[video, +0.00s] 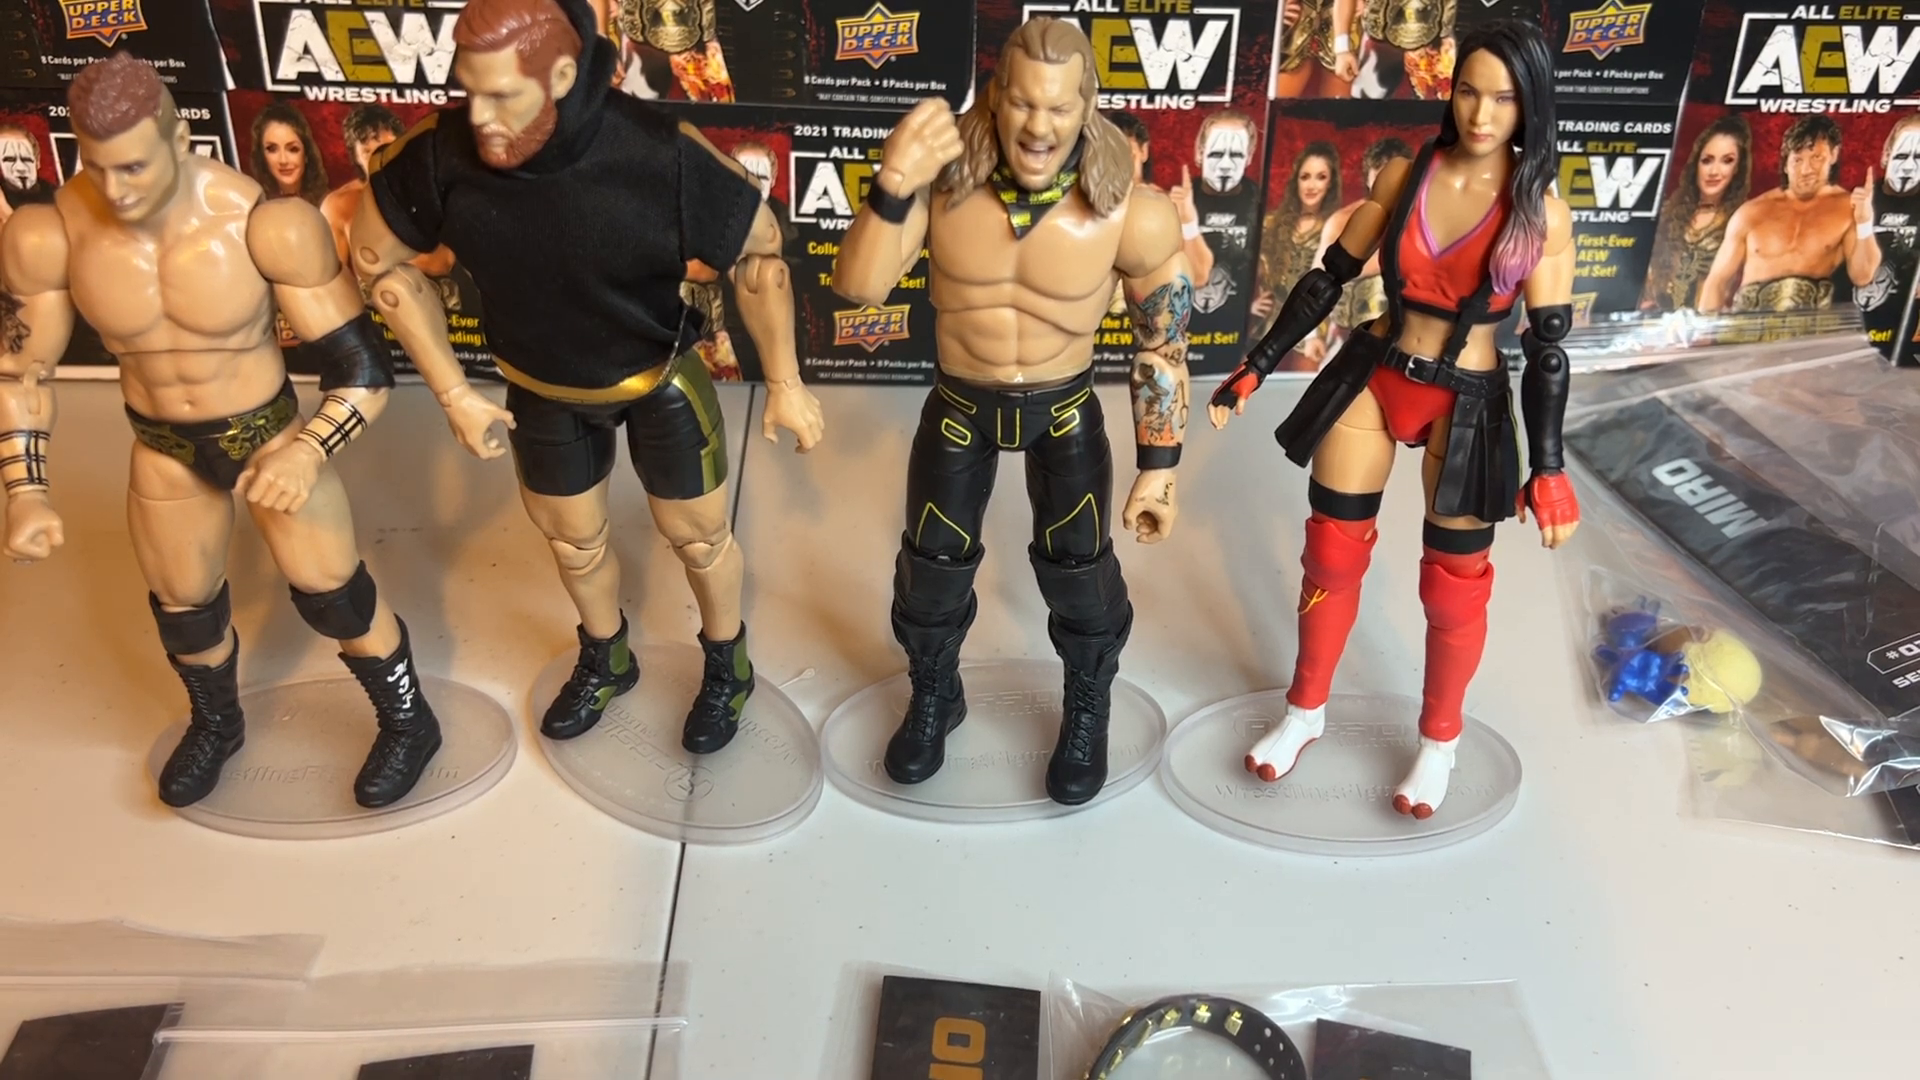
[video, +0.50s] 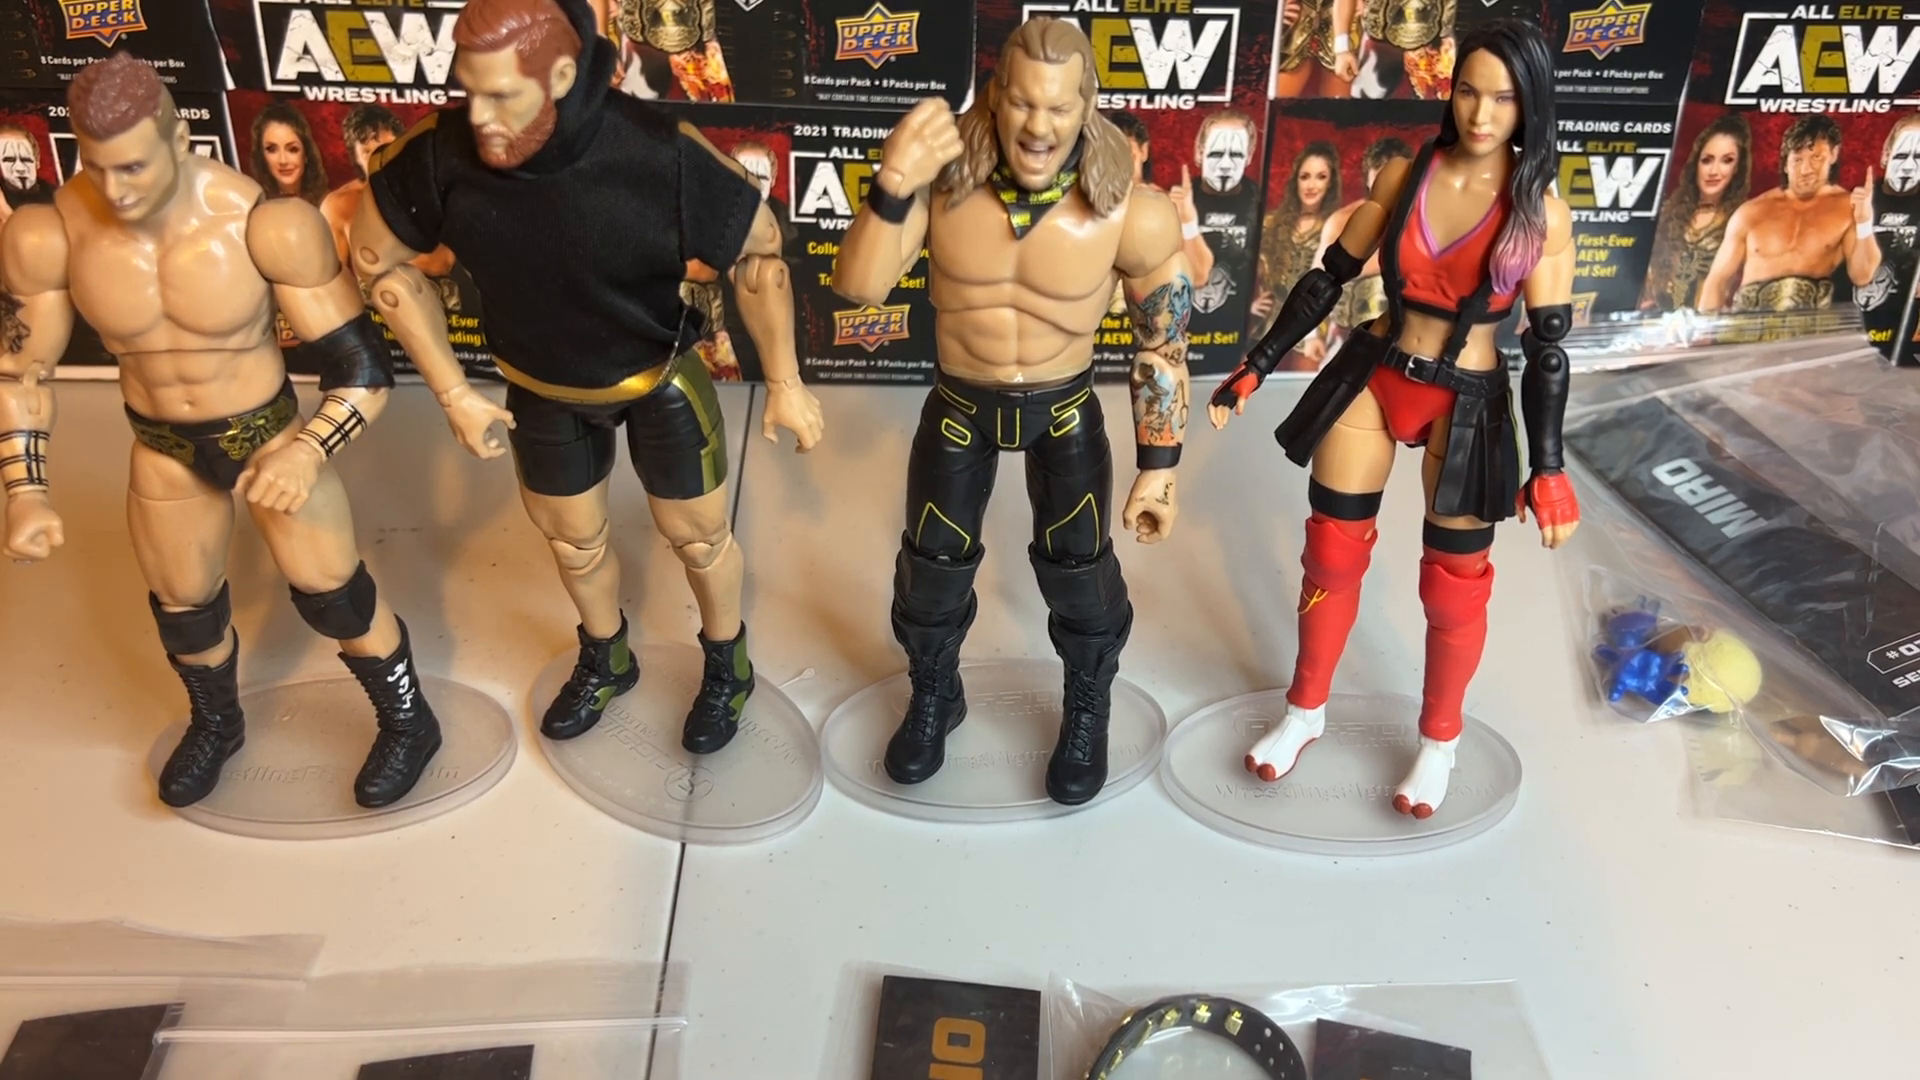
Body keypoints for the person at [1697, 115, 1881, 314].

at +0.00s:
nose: (1806, 169)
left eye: (1817, 158)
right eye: (1797, 160)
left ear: (1834, 156)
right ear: (1785, 162)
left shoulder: (1848, 206)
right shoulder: (1751, 212)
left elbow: (1862, 277)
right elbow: (1718, 281)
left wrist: (1864, 223)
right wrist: (1704, 335)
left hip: (1809, 314)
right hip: (1748, 312)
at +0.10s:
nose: (1807, 170)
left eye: (1817, 159)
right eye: (1798, 160)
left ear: (1834, 157)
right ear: (1786, 162)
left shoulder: (1848, 207)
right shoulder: (1751, 213)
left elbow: (1862, 278)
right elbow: (1718, 282)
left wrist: (1864, 224)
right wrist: (1704, 336)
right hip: (1748, 313)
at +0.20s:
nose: (1806, 169)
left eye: (1816, 158)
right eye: (1797, 160)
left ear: (1833, 156)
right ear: (1785, 162)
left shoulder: (1847, 206)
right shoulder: (1750, 212)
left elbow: (1862, 277)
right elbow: (1717, 281)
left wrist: (1864, 223)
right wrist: (1704, 335)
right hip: (1748, 313)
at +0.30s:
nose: (1806, 170)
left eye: (1817, 159)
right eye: (1798, 160)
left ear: (1834, 157)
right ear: (1786, 163)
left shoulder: (1848, 207)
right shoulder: (1751, 213)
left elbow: (1862, 278)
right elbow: (1718, 282)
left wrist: (1864, 224)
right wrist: (1704, 336)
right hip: (1748, 312)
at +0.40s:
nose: (1806, 169)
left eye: (1817, 158)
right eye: (1798, 160)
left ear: (1834, 156)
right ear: (1785, 162)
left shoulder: (1848, 206)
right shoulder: (1751, 212)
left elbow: (1862, 277)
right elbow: (1718, 281)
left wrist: (1864, 223)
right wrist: (1704, 335)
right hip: (1748, 312)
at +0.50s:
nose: (1806, 169)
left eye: (1816, 158)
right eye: (1797, 160)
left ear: (1833, 155)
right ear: (1785, 162)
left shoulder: (1847, 206)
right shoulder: (1750, 212)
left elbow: (1862, 277)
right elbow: (1717, 281)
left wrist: (1864, 223)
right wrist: (1704, 335)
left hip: (1808, 313)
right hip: (1748, 311)